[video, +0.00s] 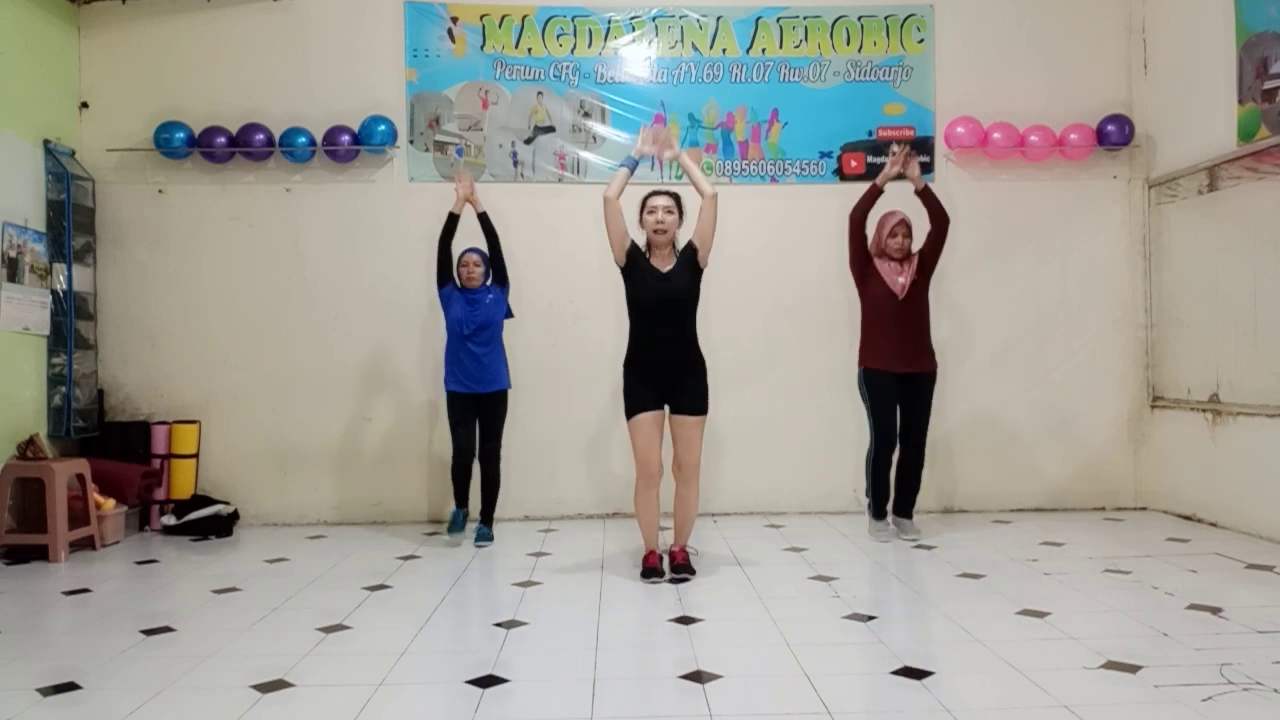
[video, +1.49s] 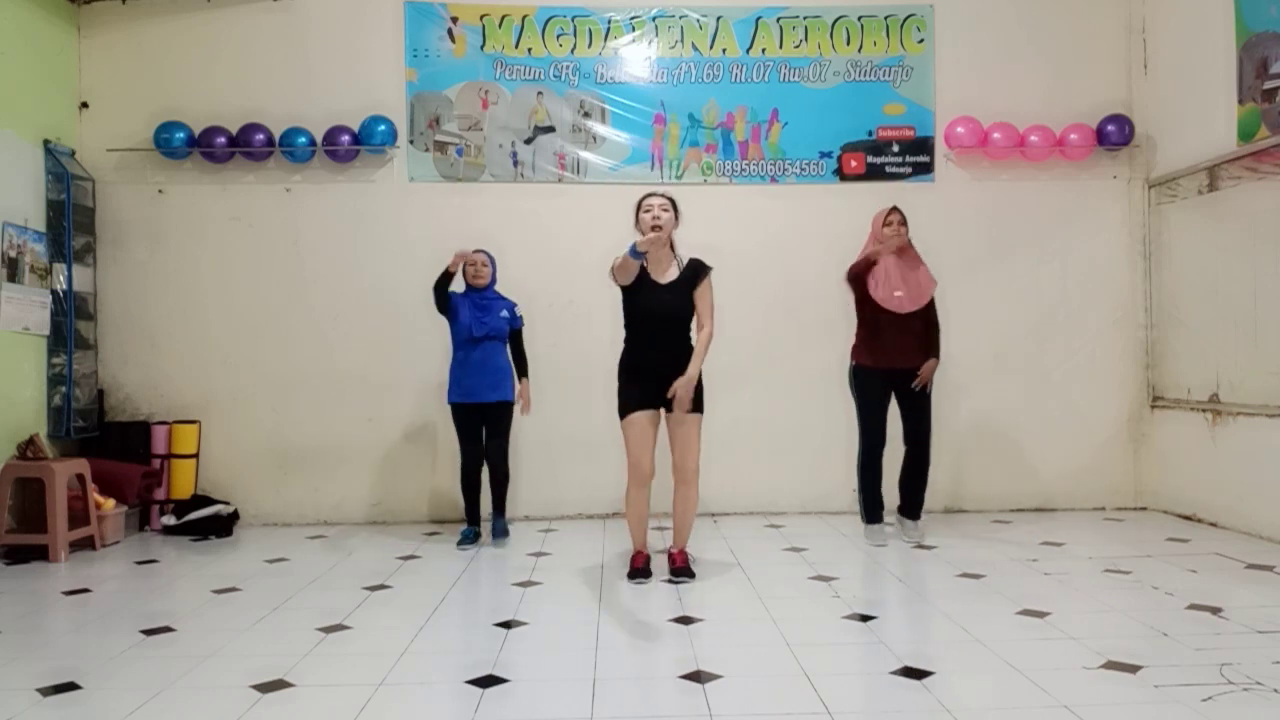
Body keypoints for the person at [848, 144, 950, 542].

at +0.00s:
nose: (902, 237)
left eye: (906, 232)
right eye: (894, 232)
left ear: (912, 239)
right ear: (879, 238)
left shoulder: (921, 267)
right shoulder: (866, 269)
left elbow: (941, 223)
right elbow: (856, 219)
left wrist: (917, 181)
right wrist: (883, 178)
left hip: (919, 368)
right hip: (878, 368)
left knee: (914, 445)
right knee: (884, 442)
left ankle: (904, 515)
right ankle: (878, 514)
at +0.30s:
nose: (902, 236)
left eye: (907, 231)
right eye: (896, 231)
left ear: (911, 235)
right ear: (881, 234)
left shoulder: (921, 261)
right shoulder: (863, 261)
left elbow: (952, 225)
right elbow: (841, 218)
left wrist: (915, 216)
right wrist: (868, 209)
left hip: (913, 361)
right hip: (872, 361)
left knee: (926, 435)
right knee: (876, 436)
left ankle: (910, 509)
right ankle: (877, 514)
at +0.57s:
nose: (894, 222)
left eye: (898, 216)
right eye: (886, 217)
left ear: (904, 218)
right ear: (874, 222)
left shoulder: (919, 248)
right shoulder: (863, 251)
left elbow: (956, 241)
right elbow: (858, 237)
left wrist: (941, 206)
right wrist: (892, 207)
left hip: (912, 349)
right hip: (871, 348)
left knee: (912, 427)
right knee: (871, 425)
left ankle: (911, 507)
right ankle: (874, 504)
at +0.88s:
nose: (893, 216)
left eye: (897, 212)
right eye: (885, 213)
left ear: (905, 220)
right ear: (874, 224)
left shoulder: (920, 258)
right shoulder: (863, 262)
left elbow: (938, 298)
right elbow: (865, 310)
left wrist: (944, 335)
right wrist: (895, 342)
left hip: (912, 355)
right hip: (870, 355)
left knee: (920, 429)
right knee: (868, 431)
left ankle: (907, 505)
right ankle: (865, 510)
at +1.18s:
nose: (903, 225)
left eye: (907, 220)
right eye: (895, 221)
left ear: (914, 229)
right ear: (883, 231)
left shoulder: (931, 271)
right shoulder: (872, 270)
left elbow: (942, 321)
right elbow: (854, 318)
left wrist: (937, 359)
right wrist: (829, 340)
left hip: (915, 368)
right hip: (874, 364)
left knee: (915, 443)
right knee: (871, 436)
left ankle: (907, 517)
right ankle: (867, 511)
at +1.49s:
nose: (896, 228)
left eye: (901, 223)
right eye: (889, 224)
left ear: (908, 231)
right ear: (876, 234)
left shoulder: (917, 270)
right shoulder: (865, 270)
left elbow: (930, 317)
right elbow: (853, 275)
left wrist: (933, 357)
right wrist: (876, 252)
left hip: (913, 368)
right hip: (871, 368)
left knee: (919, 444)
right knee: (873, 444)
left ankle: (910, 516)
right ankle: (873, 519)